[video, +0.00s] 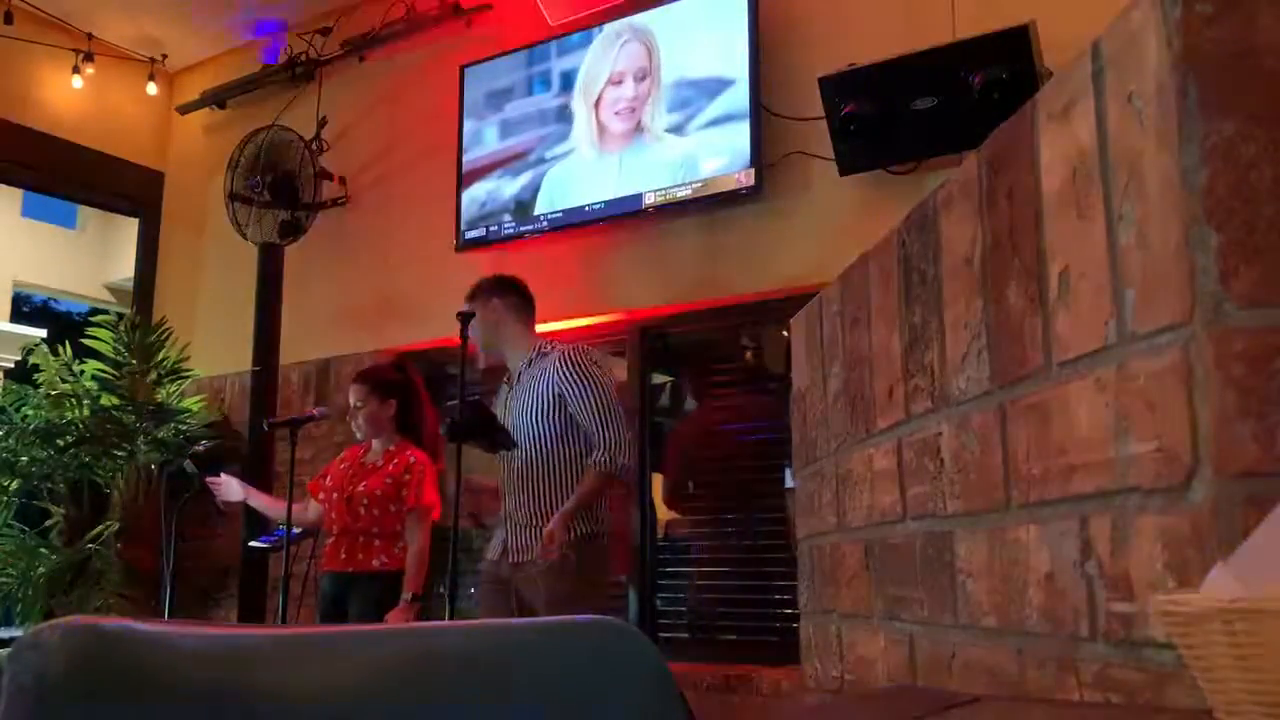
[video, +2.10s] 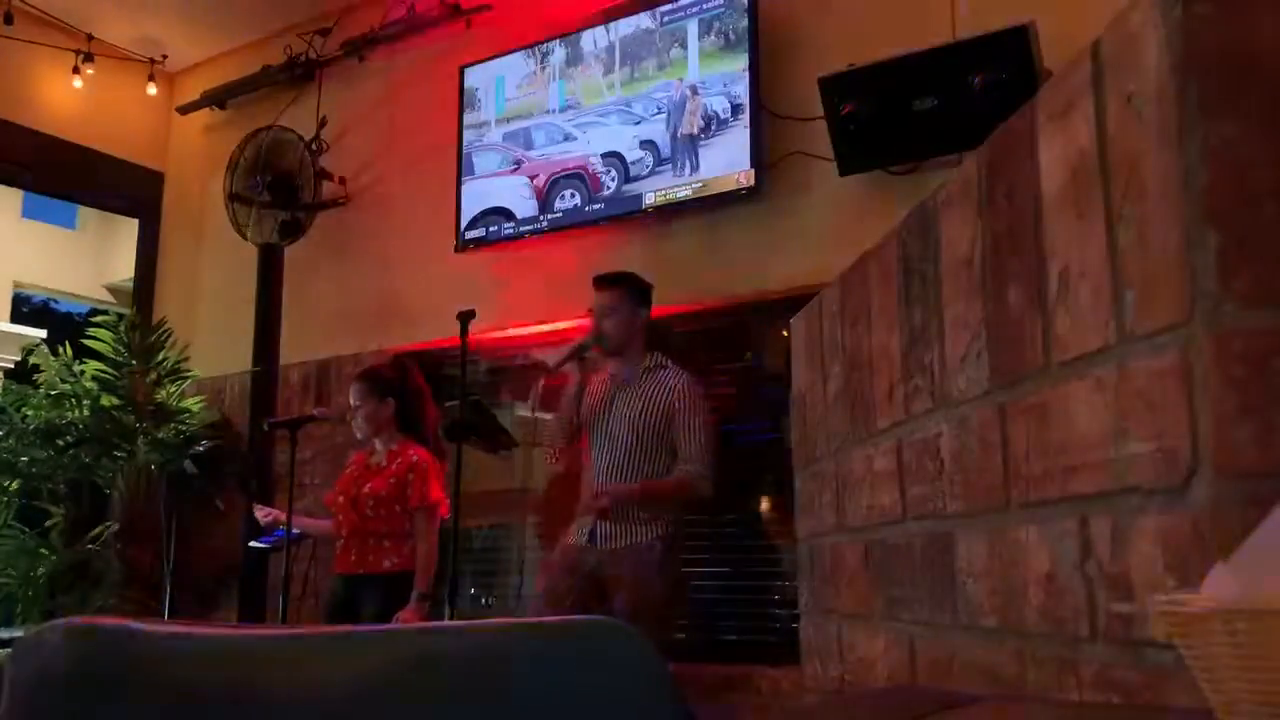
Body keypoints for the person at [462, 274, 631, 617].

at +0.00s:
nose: (468, 331)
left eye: (471, 316)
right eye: (467, 320)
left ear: (496, 309)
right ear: (499, 312)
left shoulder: (567, 362)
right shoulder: (507, 389)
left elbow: (614, 449)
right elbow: (523, 479)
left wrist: (564, 516)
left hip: (563, 558)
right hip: (505, 556)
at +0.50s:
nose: (519, 332)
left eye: (524, 320)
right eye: (518, 322)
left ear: (554, 315)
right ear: (549, 319)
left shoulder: (616, 370)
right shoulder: (542, 393)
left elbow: (656, 449)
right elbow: (553, 468)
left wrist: (596, 478)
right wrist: (527, 491)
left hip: (614, 551)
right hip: (554, 551)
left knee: (613, 665)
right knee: (539, 659)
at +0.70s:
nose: (561, 325)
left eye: (568, 311)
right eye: (556, 317)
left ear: (602, 311)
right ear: (558, 326)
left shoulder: (656, 379)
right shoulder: (566, 399)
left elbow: (697, 461)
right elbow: (575, 474)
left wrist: (646, 491)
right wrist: (552, 478)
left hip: (645, 545)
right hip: (580, 547)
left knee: (643, 660)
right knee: (546, 646)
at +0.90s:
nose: (596, 312)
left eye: (606, 302)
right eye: (589, 306)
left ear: (636, 310)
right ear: (585, 319)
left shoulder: (683, 380)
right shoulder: (582, 394)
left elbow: (734, 455)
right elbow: (571, 484)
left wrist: (702, 457)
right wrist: (560, 442)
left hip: (660, 542)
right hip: (590, 541)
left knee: (651, 668)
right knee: (563, 647)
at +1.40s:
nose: (628, 319)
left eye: (640, 309)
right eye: (625, 309)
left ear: (670, 320)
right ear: (619, 316)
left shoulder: (706, 395)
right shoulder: (595, 386)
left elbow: (729, 482)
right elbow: (569, 458)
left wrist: (701, 514)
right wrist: (602, 396)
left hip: (668, 541)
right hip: (596, 537)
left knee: (670, 649)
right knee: (567, 631)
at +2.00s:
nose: (602, 329)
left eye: (614, 317)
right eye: (600, 318)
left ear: (649, 320)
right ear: (598, 320)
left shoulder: (686, 386)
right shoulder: (598, 384)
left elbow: (713, 475)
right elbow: (563, 456)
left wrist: (672, 494)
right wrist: (585, 386)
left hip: (650, 543)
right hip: (588, 538)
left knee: (640, 658)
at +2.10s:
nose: (596, 326)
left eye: (608, 314)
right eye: (594, 315)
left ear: (640, 318)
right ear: (592, 318)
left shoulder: (677, 387)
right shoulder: (594, 384)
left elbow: (696, 478)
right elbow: (557, 444)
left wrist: (624, 496)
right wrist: (574, 383)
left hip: (643, 547)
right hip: (582, 540)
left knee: (638, 655)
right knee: (553, 643)